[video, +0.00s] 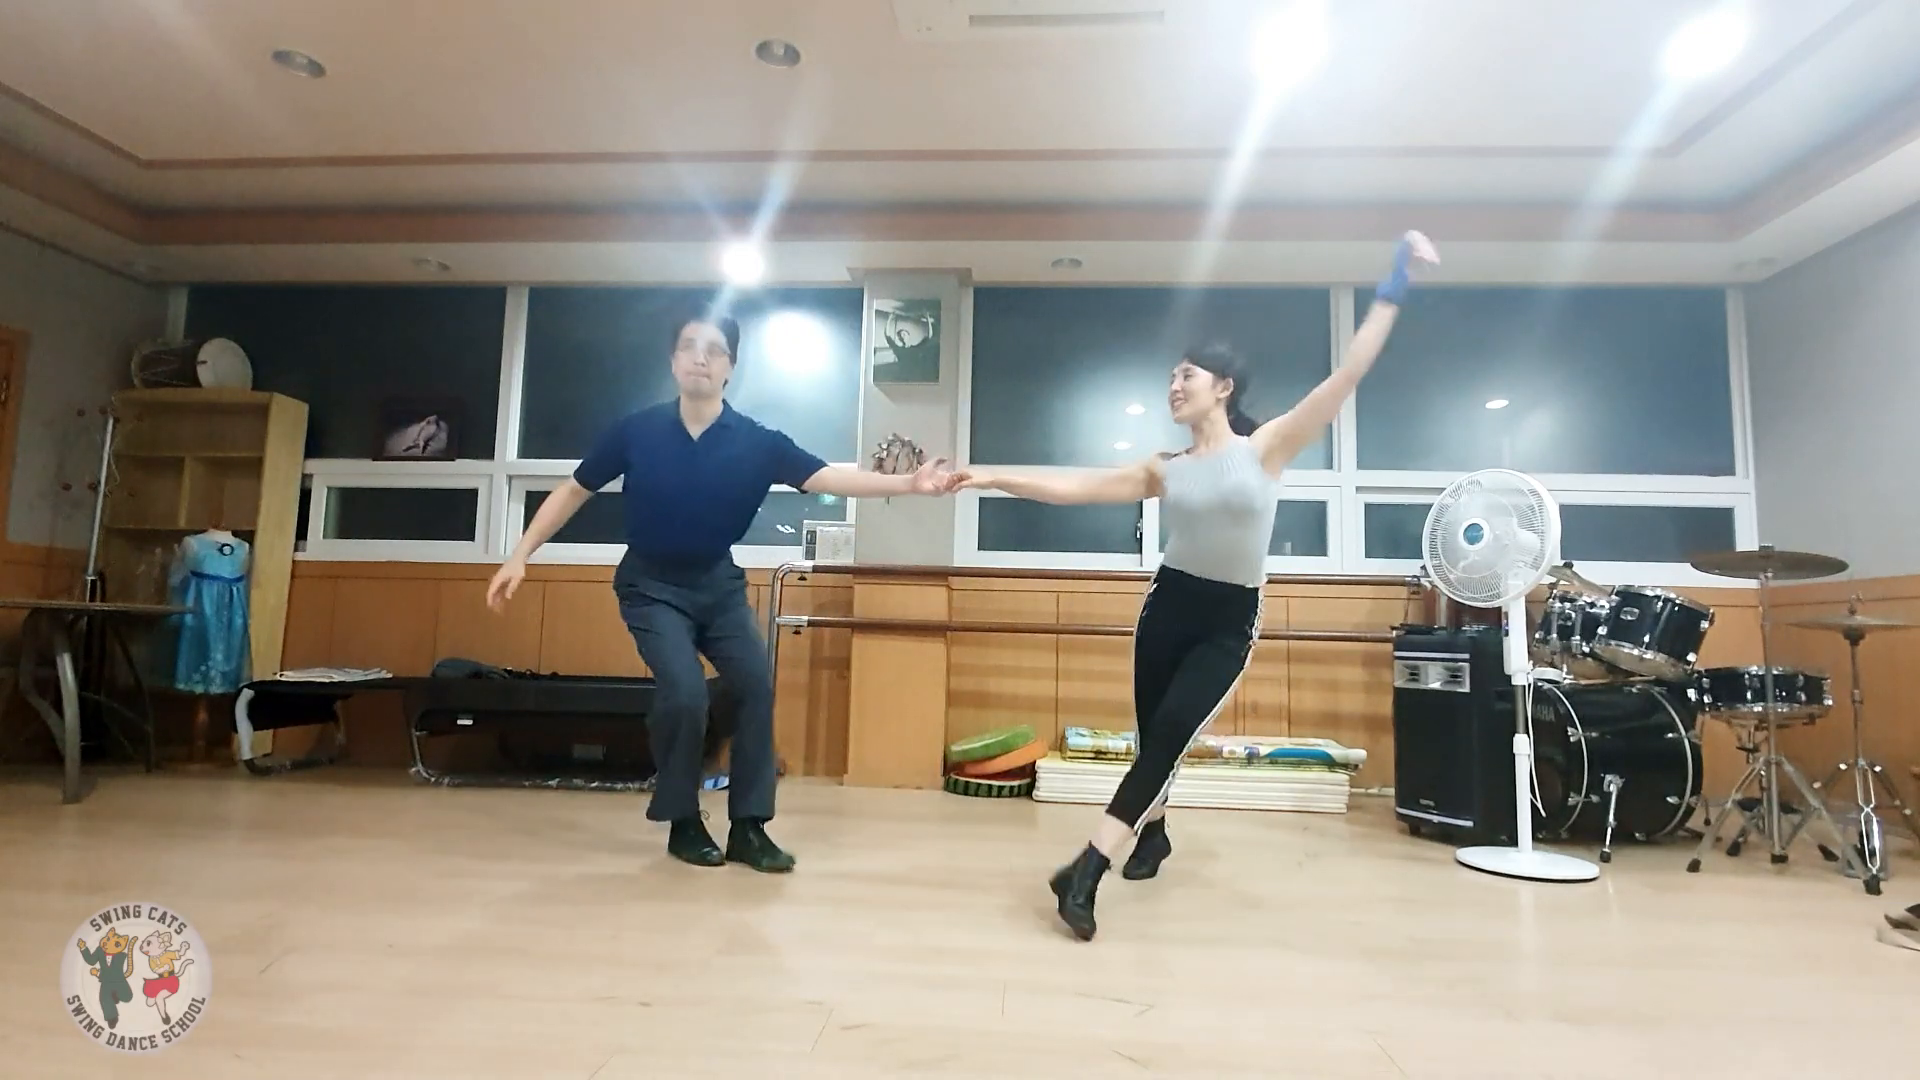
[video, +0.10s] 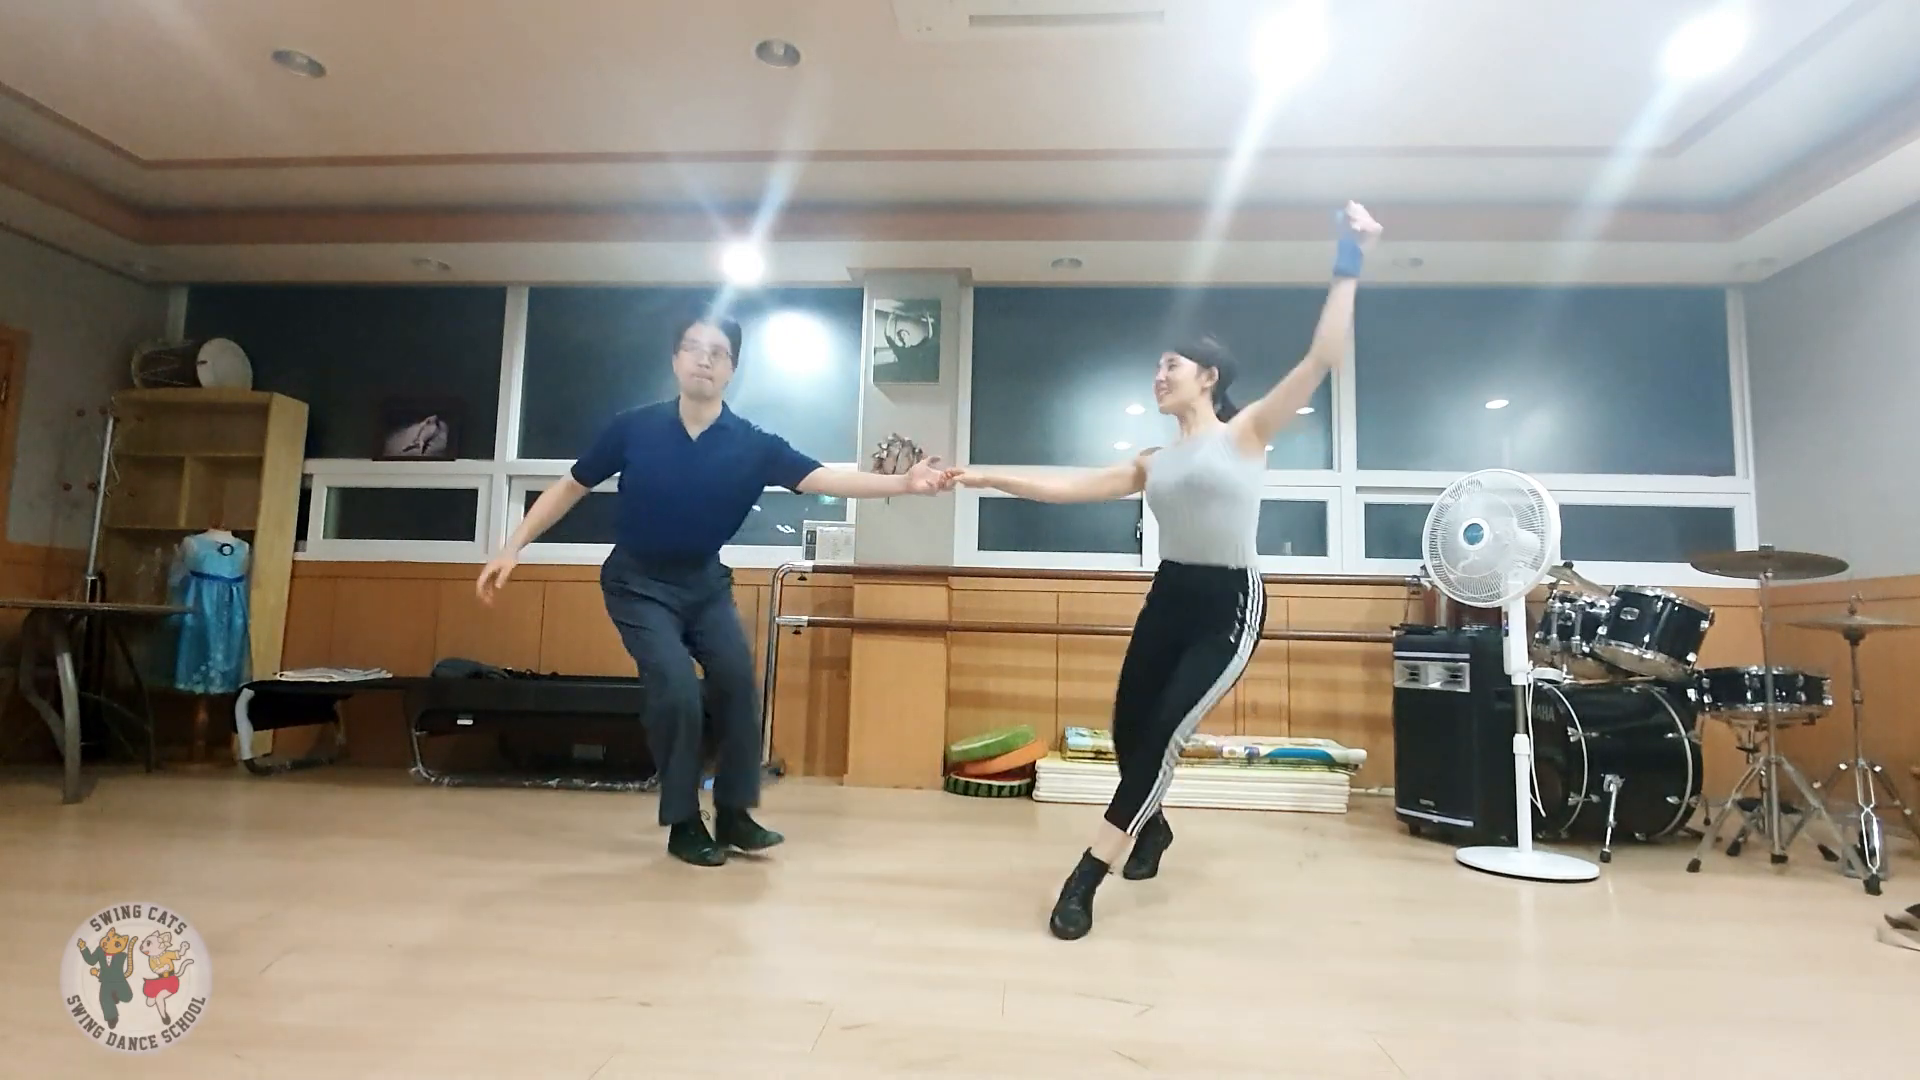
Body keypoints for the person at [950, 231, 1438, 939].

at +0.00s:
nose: (1175, 383)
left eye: (1189, 374)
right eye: (1173, 375)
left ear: (1224, 388)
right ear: (1175, 393)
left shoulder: (1266, 449)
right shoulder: (1162, 469)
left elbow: (1349, 373)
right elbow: (1069, 485)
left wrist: (1395, 288)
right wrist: (982, 476)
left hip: (1228, 620)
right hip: (1167, 609)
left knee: (1166, 732)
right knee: (1151, 734)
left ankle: (1087, 869)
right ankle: (1153, 830)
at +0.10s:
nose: (1160, 372)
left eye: (1173, 364)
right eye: (1159, 366)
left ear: (1209, 378)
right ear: (1169, 385)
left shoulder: (1247, 432)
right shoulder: (1150, 462)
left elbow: (1323, 356)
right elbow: (1059, 484)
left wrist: (1350, 258)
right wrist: (972, 474)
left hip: (1230, 605)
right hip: (1166, 601)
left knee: (1164, 726)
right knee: (1128, 725)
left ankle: (1087, 873)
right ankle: (1151, 827)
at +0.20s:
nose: (1143, 368)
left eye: (1155, 360)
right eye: (1144, 360)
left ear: (1191, 370)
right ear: (1159, 376)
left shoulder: (1221, 419)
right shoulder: (1140, 459)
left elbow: (1293, 349)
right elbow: (1055, 483)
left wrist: (1328, 257)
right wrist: (969, 473)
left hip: (1223, 589)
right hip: (1185, 594)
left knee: (1138, 714)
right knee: (1106, 700)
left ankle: (1109, 878)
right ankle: (1146, 826)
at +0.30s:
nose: (1130, 374)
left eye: (1142, 364)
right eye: (1130, 365)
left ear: (1177, 376)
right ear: (1148, 380)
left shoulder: (1199, 423)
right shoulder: (1132, 465)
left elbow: (1272, 375)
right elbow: (1050, 486)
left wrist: (1313, 288)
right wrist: (966, 478)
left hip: (1195, 575)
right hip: (1217, 599)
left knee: (1118, 708)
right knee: (1131, 706)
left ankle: (1112, 885)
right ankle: (1101, 827)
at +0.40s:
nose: (1117, 386)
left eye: (1129, 376)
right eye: (1119, 376)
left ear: (1164, 386)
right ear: (1140, 388)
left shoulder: (1184, 434)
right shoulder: (1126, 469)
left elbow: (1247, 416)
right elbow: (1053, 499)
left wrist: (1286, 337)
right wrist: (973, 492)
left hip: (1180, 575)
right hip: (1216, 604)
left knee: (1114, 718)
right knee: (1144, 727)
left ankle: (1105, 890)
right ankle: (1099, 846)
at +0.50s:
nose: (1106, 384)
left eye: (1116, 373)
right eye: (1108, 373)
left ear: (1150, 382)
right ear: (1137, 385)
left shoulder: (1175, 435)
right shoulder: (1118, 467)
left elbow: (1233, 436)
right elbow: (1045, 492)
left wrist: (1269, 364)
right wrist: (964, 487)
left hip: (1167, 579)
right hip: (1204, 606)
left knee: (1106, 725)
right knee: (1127, 726)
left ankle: (1114, 897)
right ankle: (1091, 839)